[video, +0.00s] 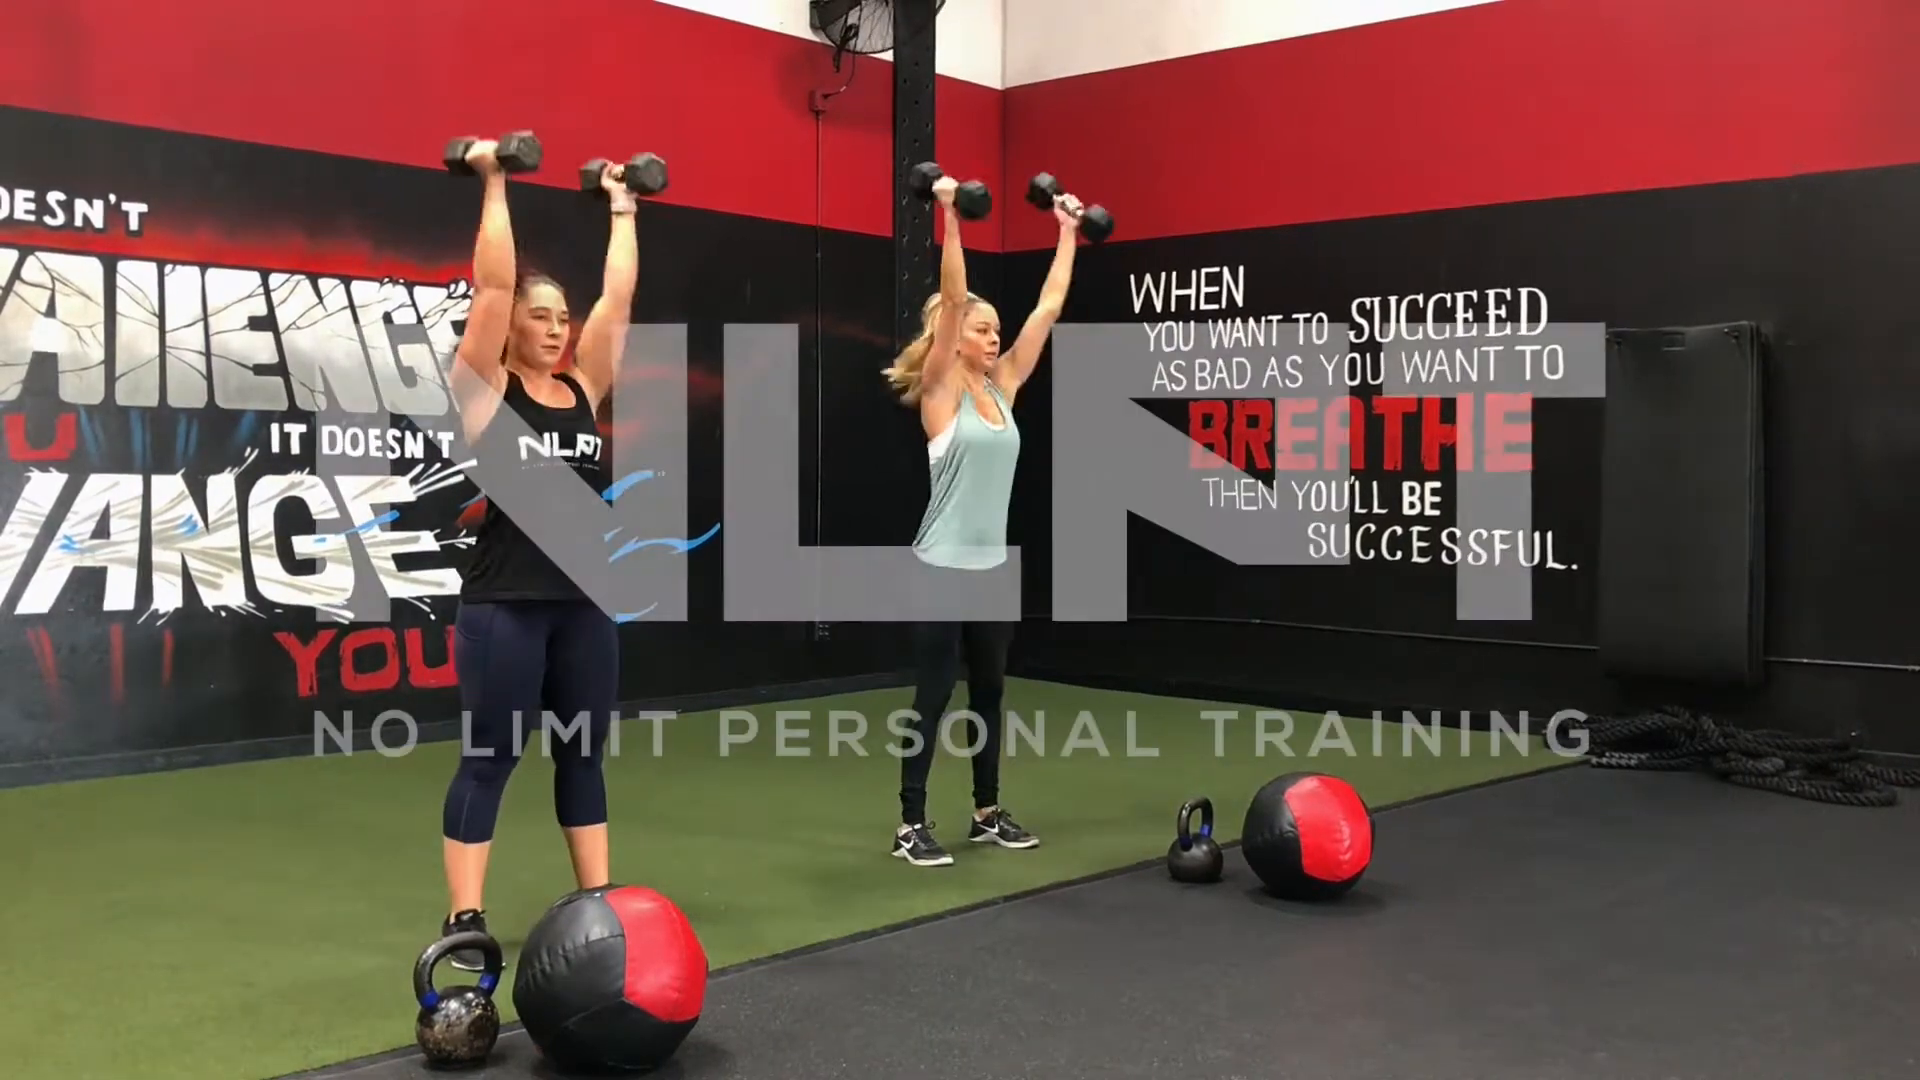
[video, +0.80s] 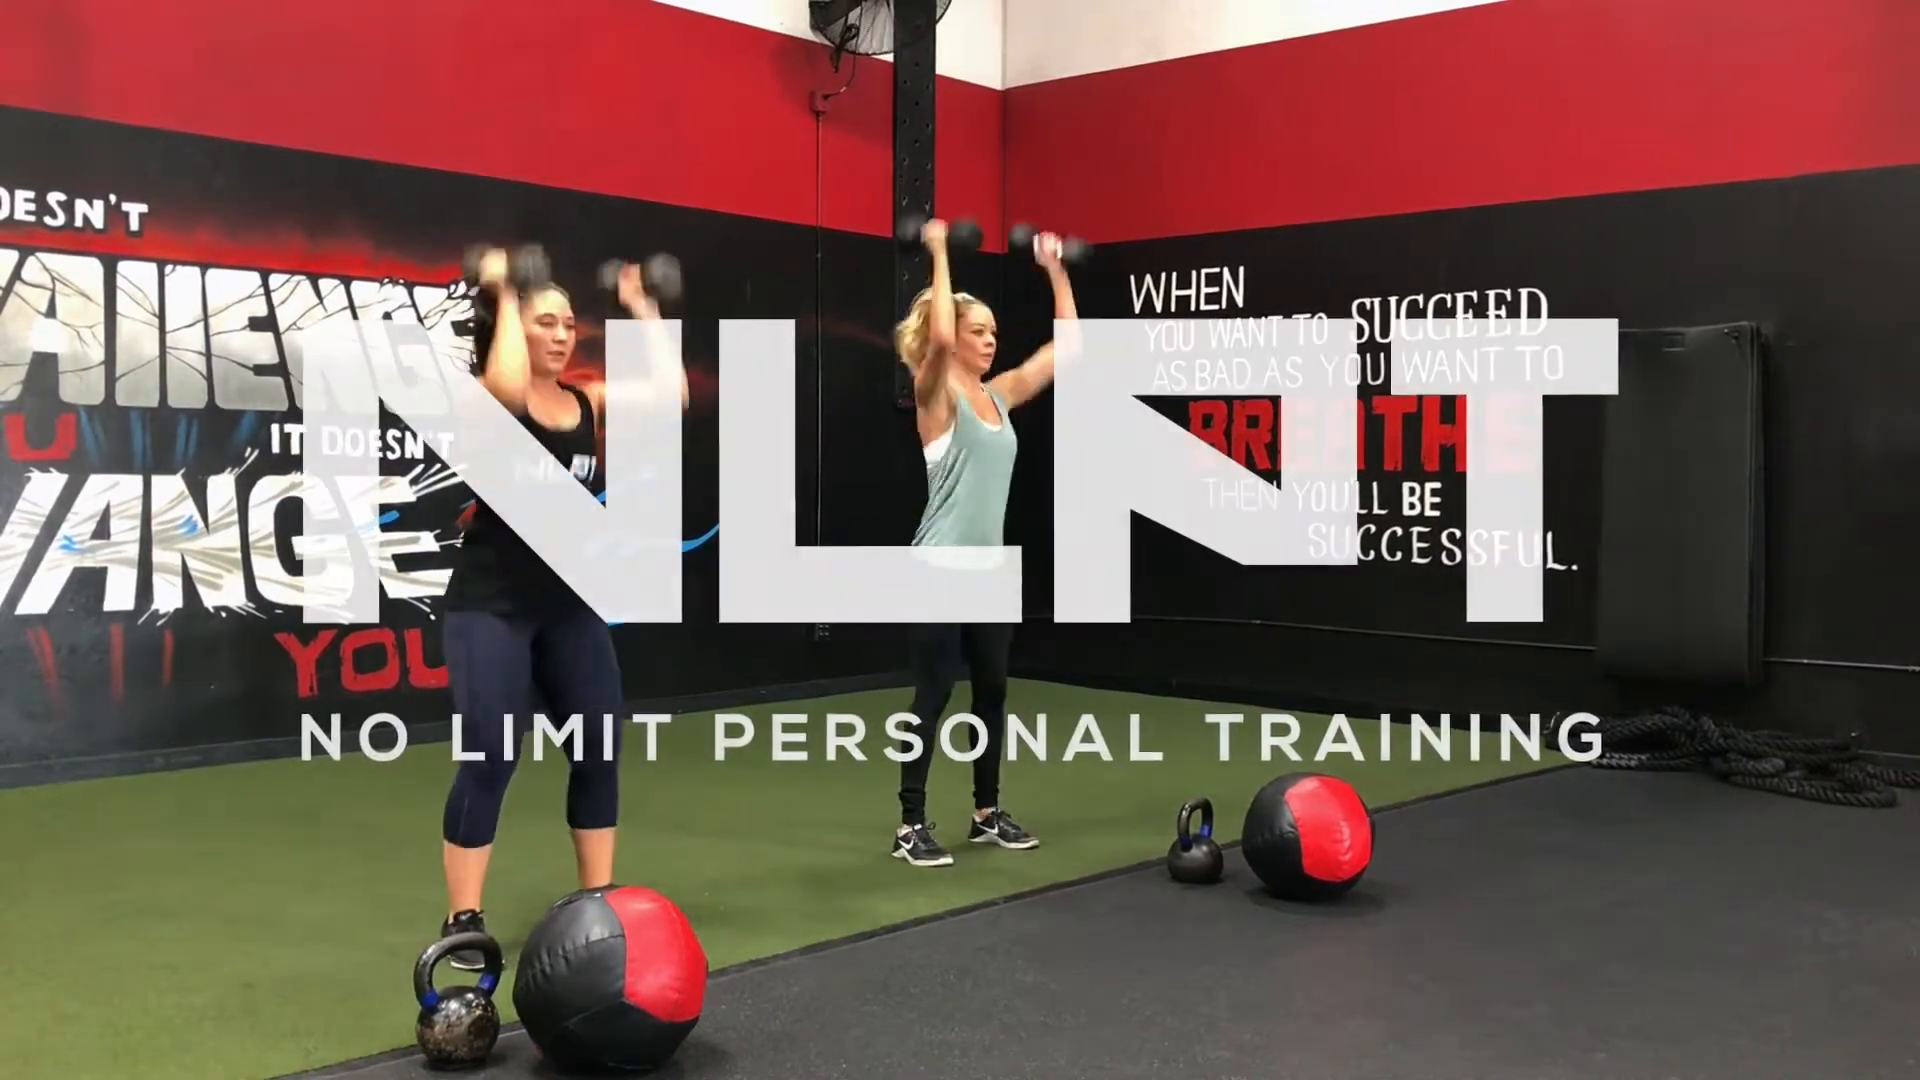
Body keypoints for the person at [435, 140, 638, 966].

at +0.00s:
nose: (557, 325)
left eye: (564, 314)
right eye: (541, 313)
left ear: (572, 324)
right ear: (506, 319)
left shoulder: (586, 386)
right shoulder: (483, 385)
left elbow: (619, 293)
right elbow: (495, 284)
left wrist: (621, 202)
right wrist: (494, 177)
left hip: (583, 605)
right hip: (503, 606)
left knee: (584, 756)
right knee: (488, 759)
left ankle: (598, 909)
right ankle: (466, 920)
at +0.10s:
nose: (550, 327)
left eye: (558, 315)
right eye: (535, 316)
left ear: (567, 325)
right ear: (502, 326)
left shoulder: (583, 391)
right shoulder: (477, 395)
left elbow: (651, 335)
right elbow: (493, 326)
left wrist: (629, 249)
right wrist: (496, 225)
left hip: (581, 603)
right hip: (500, 606)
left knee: (584, 754)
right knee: (490, 757)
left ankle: (598, 906)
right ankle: (467, 919)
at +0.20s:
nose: (561, 340)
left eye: (566, 329)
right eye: (545, 329)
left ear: (570, 341)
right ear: (509, 340)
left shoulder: (585, 420)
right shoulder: (475, 408)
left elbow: (665, 442)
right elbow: (496, 440)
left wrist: (641, 361)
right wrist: (497, 341)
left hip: (563, 607)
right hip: (480, 608)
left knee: (595, 746)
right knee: (489, 752)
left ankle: (596, 907)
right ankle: (465, 920)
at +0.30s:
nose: (570, 421)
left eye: (575, 409)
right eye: (554, 409)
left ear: (584, 418)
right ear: (517, 418)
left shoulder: (580, 489)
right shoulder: (485, 485)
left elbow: (643, 572)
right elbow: (502, 571)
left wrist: (640, 492)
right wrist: (504, 481)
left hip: (543, 650)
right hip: (464, 650)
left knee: (620, 749)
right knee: (490, 767)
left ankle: (595, 906)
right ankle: (464, 923)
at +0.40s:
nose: (575, 511)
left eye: (583, 498)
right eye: (561, 498)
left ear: (593, 506)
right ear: (528, 507)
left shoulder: (598, 566)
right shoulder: (490, 571)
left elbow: (636, 664)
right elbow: (500, 674)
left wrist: (640, 584)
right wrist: (506, 579)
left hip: (540, 710)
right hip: (458, 708)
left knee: (637, 765)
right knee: (495, 785)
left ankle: (598, 910)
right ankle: (463, 924)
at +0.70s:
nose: (575, 411)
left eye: (580, 400)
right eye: (560, 400)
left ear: (587, 411)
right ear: (523, 410)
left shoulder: (590, 480)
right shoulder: (493, 475)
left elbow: (651, 545)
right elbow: (512, 557)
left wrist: (647, 477)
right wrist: (532, 475)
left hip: (548, 647)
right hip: (469, 648)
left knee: (629, 755)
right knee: (492, 771)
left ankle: (595, 909)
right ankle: (464, 926)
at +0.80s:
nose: (560, 333)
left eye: (568, 322)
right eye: (545, 320)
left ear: (578, 332)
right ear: (515, 329)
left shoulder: (593, 404)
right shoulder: (495, 400)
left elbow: (672, 395)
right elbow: (504, 383)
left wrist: (645, 316)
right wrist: (502, 300)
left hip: (573, 599)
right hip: (490, 602)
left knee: (598, 741)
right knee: (488, 754)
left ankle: (598, 909)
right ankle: (465, 924)